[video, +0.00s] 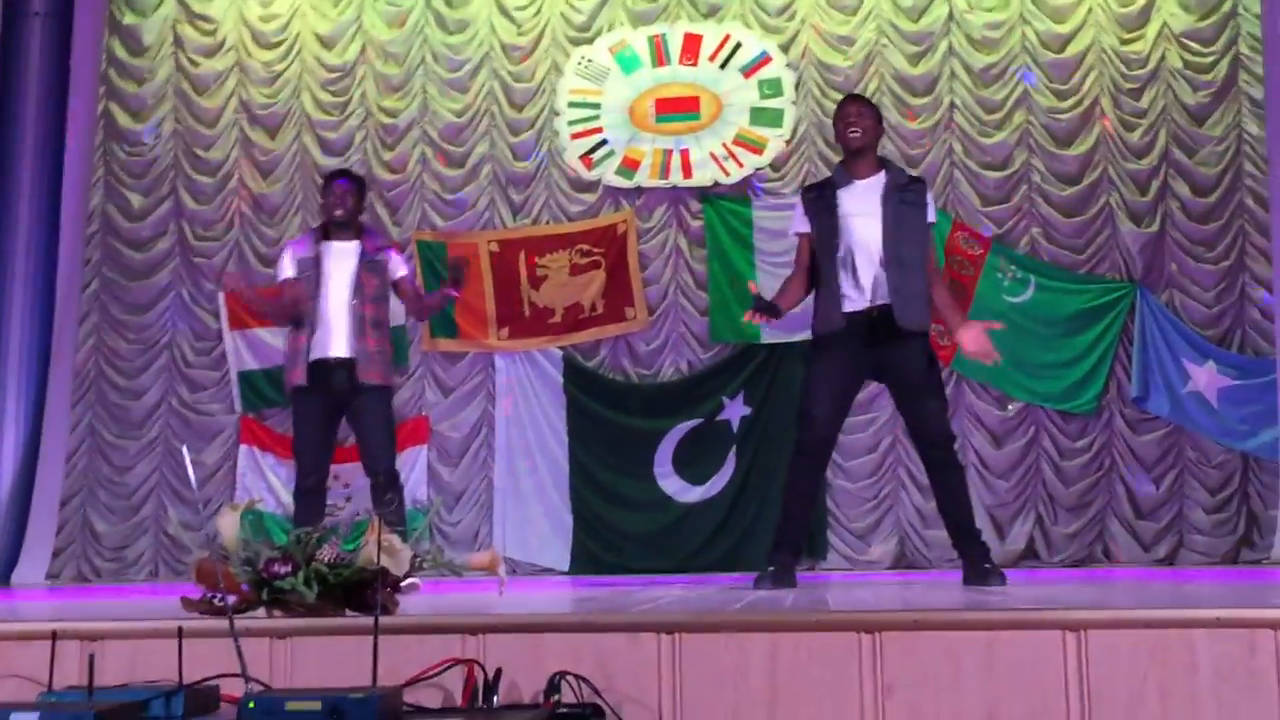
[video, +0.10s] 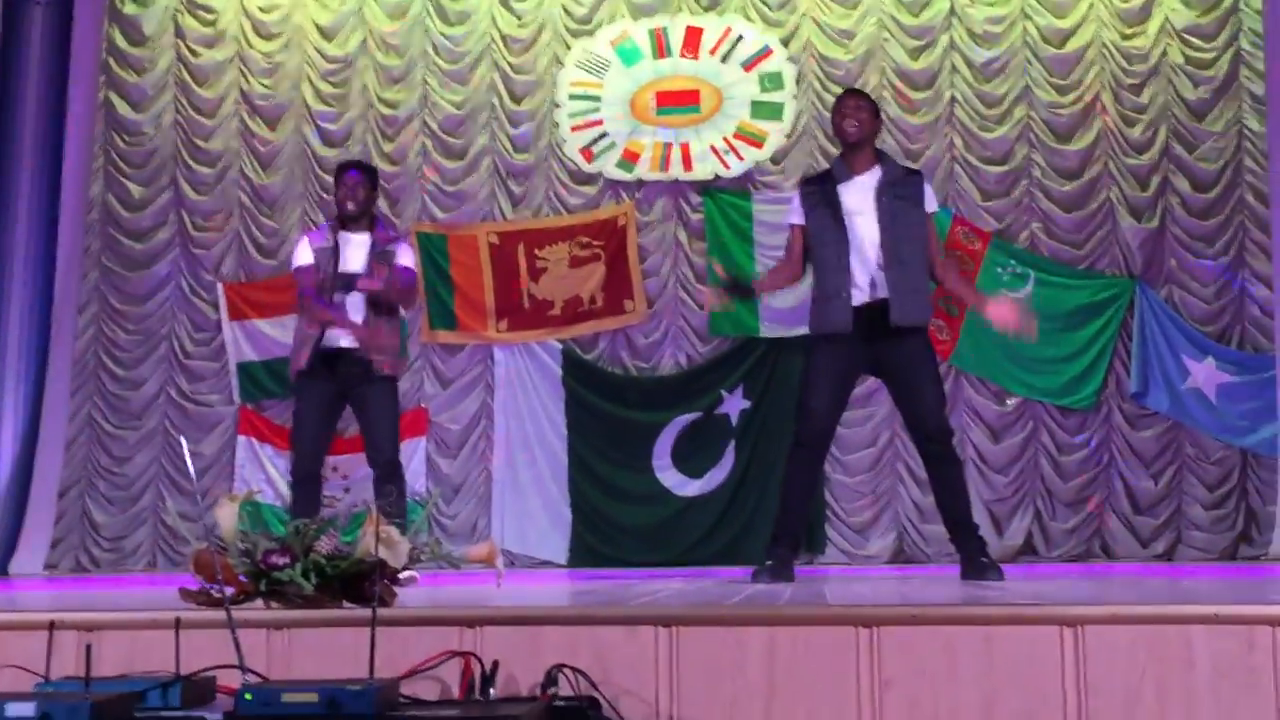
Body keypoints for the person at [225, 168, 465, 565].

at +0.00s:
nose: (339, 203)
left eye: (347, 196)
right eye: (332, 196)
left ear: (361, 204)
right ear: (322, 201)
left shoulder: (383, 252)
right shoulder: (296, 251)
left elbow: (416, 308)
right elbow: (289, 309)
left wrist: (441, 297)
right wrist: (245, 291)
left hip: (367, 375)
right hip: (312, 376)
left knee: (382, 469)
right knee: (309, 473)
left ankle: (396, 559)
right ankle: (303, 562)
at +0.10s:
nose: (349, 196)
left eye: (358, 189)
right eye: (343, 189)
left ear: (373, 195)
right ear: (335, 194)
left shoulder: (397, 245)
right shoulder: (311, 242)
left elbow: (403, 295)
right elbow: (307, 302)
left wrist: (352, 281)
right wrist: (351, 323)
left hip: (373, 364)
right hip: (320, 363)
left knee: (385, 459)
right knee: (305, 461)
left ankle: (394, 548)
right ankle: (301, 549)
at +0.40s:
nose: (408, 191)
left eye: (417, 184)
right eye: (403, 184)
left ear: (435, 187)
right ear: (395, 187)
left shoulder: (459, 238)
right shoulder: (373, 233)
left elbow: (467, 297)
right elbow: (346, 282)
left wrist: (417, 301)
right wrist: (381, 290)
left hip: (431, 358)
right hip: (377, 354)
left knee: (439, 451)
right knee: (354, 449)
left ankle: (440, 544)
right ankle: (342, 542)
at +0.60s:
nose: (421, 180)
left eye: (429, 174)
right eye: (416, 174)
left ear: (445, 183)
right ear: (408, 181)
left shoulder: (468, 231)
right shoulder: (389, 227)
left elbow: (481, 294)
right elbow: (331, 235)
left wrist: (439, 326)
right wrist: (360, 225)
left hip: (450, 354)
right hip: (394, 351)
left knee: (461, 451)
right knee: (373, 449)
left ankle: (464, 547)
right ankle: (350, 543)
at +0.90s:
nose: (405, 176)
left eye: (415, 171)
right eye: (400, 168)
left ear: (428, 183)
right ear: (389, 176)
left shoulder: (438, 241)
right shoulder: (359, 216)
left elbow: (419, 310)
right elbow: (346, 250)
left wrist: (384, 361)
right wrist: (364, 260)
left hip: (404, 345)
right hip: (351, 344)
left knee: (444, 409)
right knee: (334, 442)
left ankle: (458, 515)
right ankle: (334, 530)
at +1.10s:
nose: (402, 187)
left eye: (411, 180)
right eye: (395, 178)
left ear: (424, 189)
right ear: (383, 184)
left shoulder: (436, 246)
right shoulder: (352, 235)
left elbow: (421, 315)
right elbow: (347, 312)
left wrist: (392, 366)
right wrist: (391, 368)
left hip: (406, 348)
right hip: (350, 348)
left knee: (448, 410)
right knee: (329, 436)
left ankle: (465, 513)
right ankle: (329, 524)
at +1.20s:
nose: (420, 161)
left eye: (429, 154)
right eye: (413, 153)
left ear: (444, 158)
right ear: (403, 154)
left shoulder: (461, 214)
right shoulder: (372, 206)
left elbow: (458, 286)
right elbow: (350, 278)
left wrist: (432, 336)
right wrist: (378, 339)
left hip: (431, 329)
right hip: (378, 329)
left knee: (462, 417)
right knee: (353, 420)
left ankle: (478, 515)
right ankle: (340, 513)